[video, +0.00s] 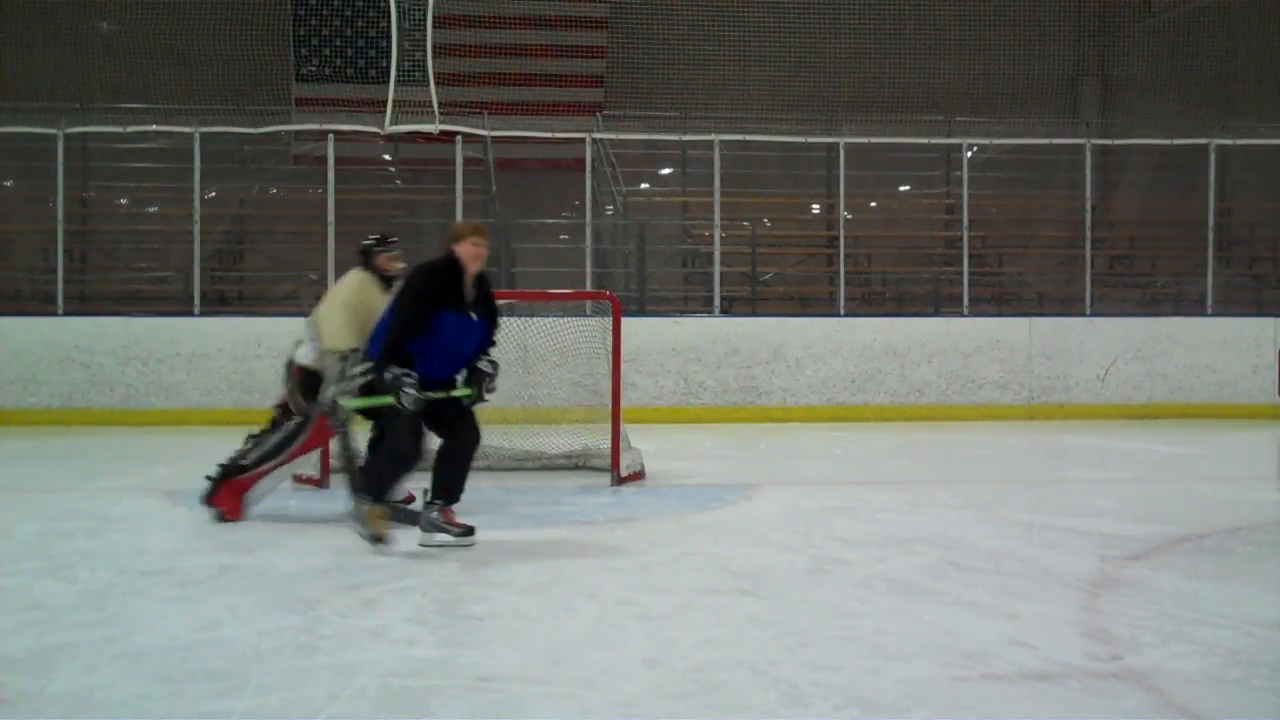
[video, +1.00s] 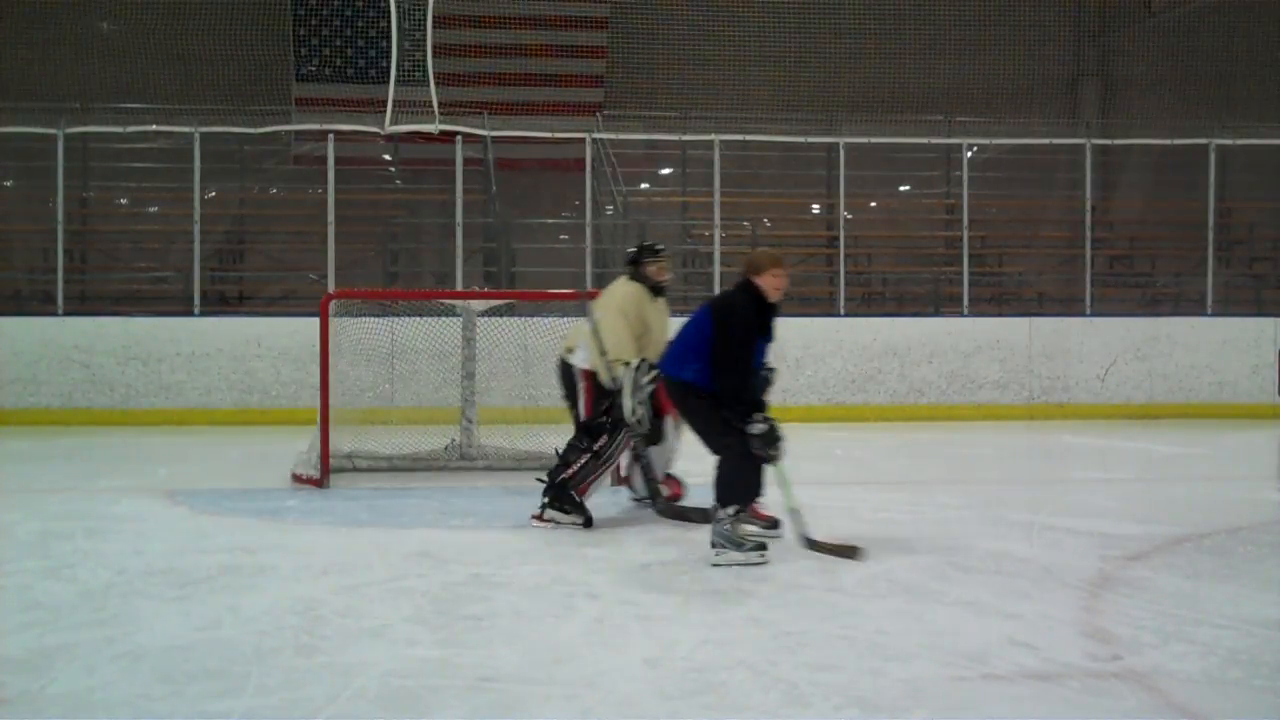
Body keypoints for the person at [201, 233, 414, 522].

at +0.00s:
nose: (394, 263)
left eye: (396, 256)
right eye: (387, 257)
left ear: (399, 258)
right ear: (371, 260)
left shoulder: (388, 290)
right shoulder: (356, 283)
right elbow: (335, 321)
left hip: (350, 367)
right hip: (317, 367)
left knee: (394, 422)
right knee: (304, 432)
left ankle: (375, 486)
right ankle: (232, 485)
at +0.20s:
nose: (450, 257)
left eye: (453, 251)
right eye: (444, 251)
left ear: (455, 254)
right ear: (428, 252)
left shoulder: (447, 283)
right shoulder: (408, 276)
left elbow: (448, 325)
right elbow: (397, 319)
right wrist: (407, 355)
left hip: (403, 353)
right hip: (371, 347)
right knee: (373, 418)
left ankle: (398, 483)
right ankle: (341, 483)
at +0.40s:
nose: (498, 262)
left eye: (501, 256)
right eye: (491, 256)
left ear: (505, 259)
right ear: (474, 258)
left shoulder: (500, 290)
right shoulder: (455, 285)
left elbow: (502, 337)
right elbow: (456, 342)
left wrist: (503, 374)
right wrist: (472, 381)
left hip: (456, 359)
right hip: (419, 352)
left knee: (462, 421)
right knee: (446, 423)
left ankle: (440, 484)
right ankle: (419, 490)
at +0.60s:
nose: (556, 269)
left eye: (557, 263)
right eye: (549, 263)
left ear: (554, 267)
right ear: (531, 265)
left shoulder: (551, 298)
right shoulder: (512, 291)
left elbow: (556, 345)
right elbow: (510, 343)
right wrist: (529, 381)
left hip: (508, 367)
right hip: (476, 362)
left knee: (524, 427)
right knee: (511, 427)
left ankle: (494, 487)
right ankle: (486, 490)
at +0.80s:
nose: (606, 274)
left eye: (608, 267)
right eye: (599, 268)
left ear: (611, 271)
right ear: (582, 271)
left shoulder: (603, 304)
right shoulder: (567, 296)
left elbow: (607, 349)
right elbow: (567, 353)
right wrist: (581, 397)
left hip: (557, 370)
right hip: (529, 365)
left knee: (571, 428)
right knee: (564, 430)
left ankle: (538, 486)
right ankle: (537, 493)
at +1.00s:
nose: (663, 270)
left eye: (665, 264)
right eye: (655, 265)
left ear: (666, 268)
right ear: (639, 269)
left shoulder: (657, 302)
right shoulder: (623, 292)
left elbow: (657, 348)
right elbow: (617, 339)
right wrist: (631, 379)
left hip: (615, 371)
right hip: (582, 363)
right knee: (593, 433)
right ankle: (560, 494)